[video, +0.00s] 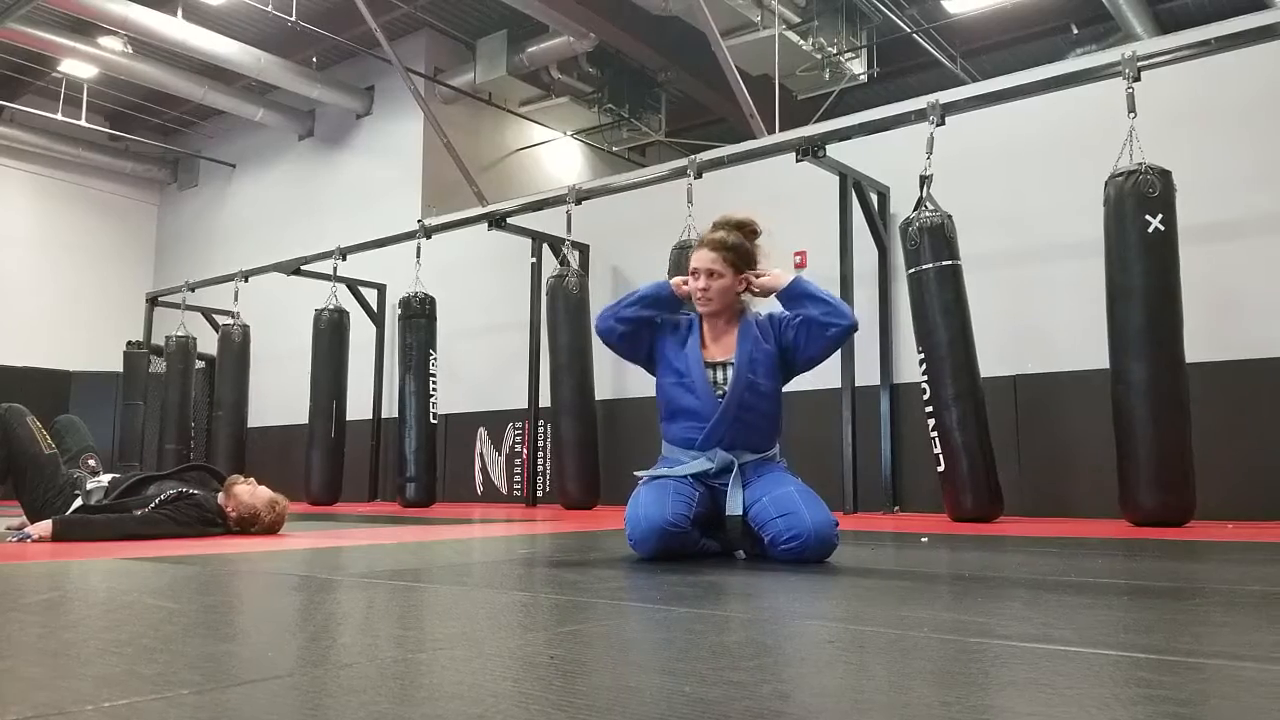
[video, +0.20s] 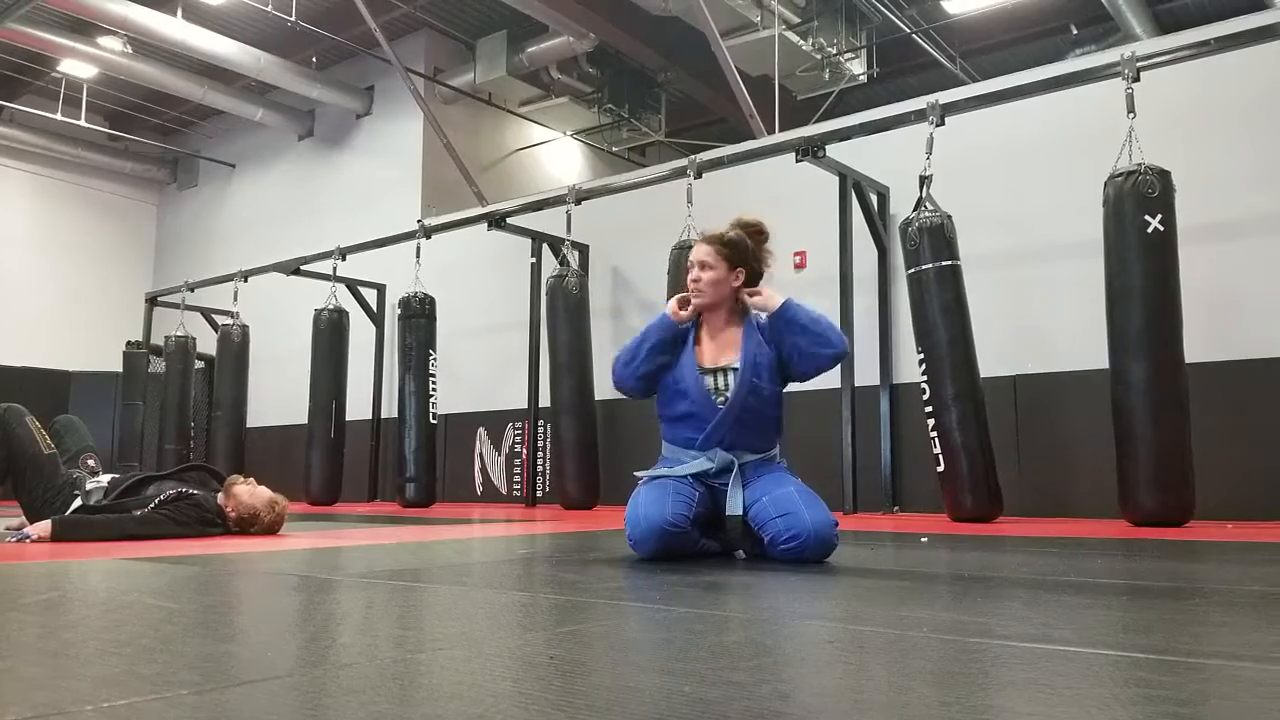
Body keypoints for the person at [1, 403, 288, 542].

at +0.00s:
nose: (247, 476)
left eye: (250, 487)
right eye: (255, 483)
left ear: (234, 510)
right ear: (237, 505)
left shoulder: (200, 513)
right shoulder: (216, 490)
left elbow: (130, 524)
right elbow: (154, 484)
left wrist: (56, 527)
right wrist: (113, 480)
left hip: (68, 501)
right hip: (99, 485)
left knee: (12, 414)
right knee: (67, 421)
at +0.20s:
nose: (247, 476)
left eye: (248, 487)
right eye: (254, 483)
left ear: (233, 509)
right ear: (236, 504)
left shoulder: (199, 513)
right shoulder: (216, 490)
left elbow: (129, 524)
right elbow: (154, 483)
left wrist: (55, 527)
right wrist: (111, 481)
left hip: (67, 500)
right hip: (98, 485)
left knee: (12, 414)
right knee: (66, 421)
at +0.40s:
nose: (246, 476)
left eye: (249, 487)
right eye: (254, 483)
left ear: (232, 509)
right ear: (234, 505)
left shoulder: (199, 513)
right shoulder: (215, 490)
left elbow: (129, 524)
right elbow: (150, 487)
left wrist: (55, 527)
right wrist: (111, 481)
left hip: (67, 499)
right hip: (98, 485)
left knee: (10, 415)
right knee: (66, 421)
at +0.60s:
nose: (246, 477)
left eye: (248, 487)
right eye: (254, 483)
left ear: (233, 509)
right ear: (235, 504)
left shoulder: (199, 513)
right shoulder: (215, 491)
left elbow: (130, 524)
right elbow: (151, 487)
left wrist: (55, 527)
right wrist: (112, 481)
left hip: (69, 501)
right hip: (99, 486)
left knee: (11, 414)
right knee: (66, 422)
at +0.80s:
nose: (246, 477)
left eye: (249, 487)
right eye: (254, 483)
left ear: (233, 509)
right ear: (235, 504)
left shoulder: (199, 513)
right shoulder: (215, 490)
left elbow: (130, 524)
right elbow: (151, 486)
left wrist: (56, 527)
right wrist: (112, 481)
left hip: (68, 500)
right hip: (98, 486)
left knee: (11, 414)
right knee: (66, 422)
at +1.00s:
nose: (247, 477)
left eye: (250, 487)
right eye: (255, 483)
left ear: (233, 508)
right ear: (235, 504)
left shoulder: (199, 513)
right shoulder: (214, 490)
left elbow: (130, 524)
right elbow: (151, 485)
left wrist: (57, 527)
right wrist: (110, 480)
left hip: (69, 500)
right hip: (98, 485)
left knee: (12, 415)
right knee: (66, 421)